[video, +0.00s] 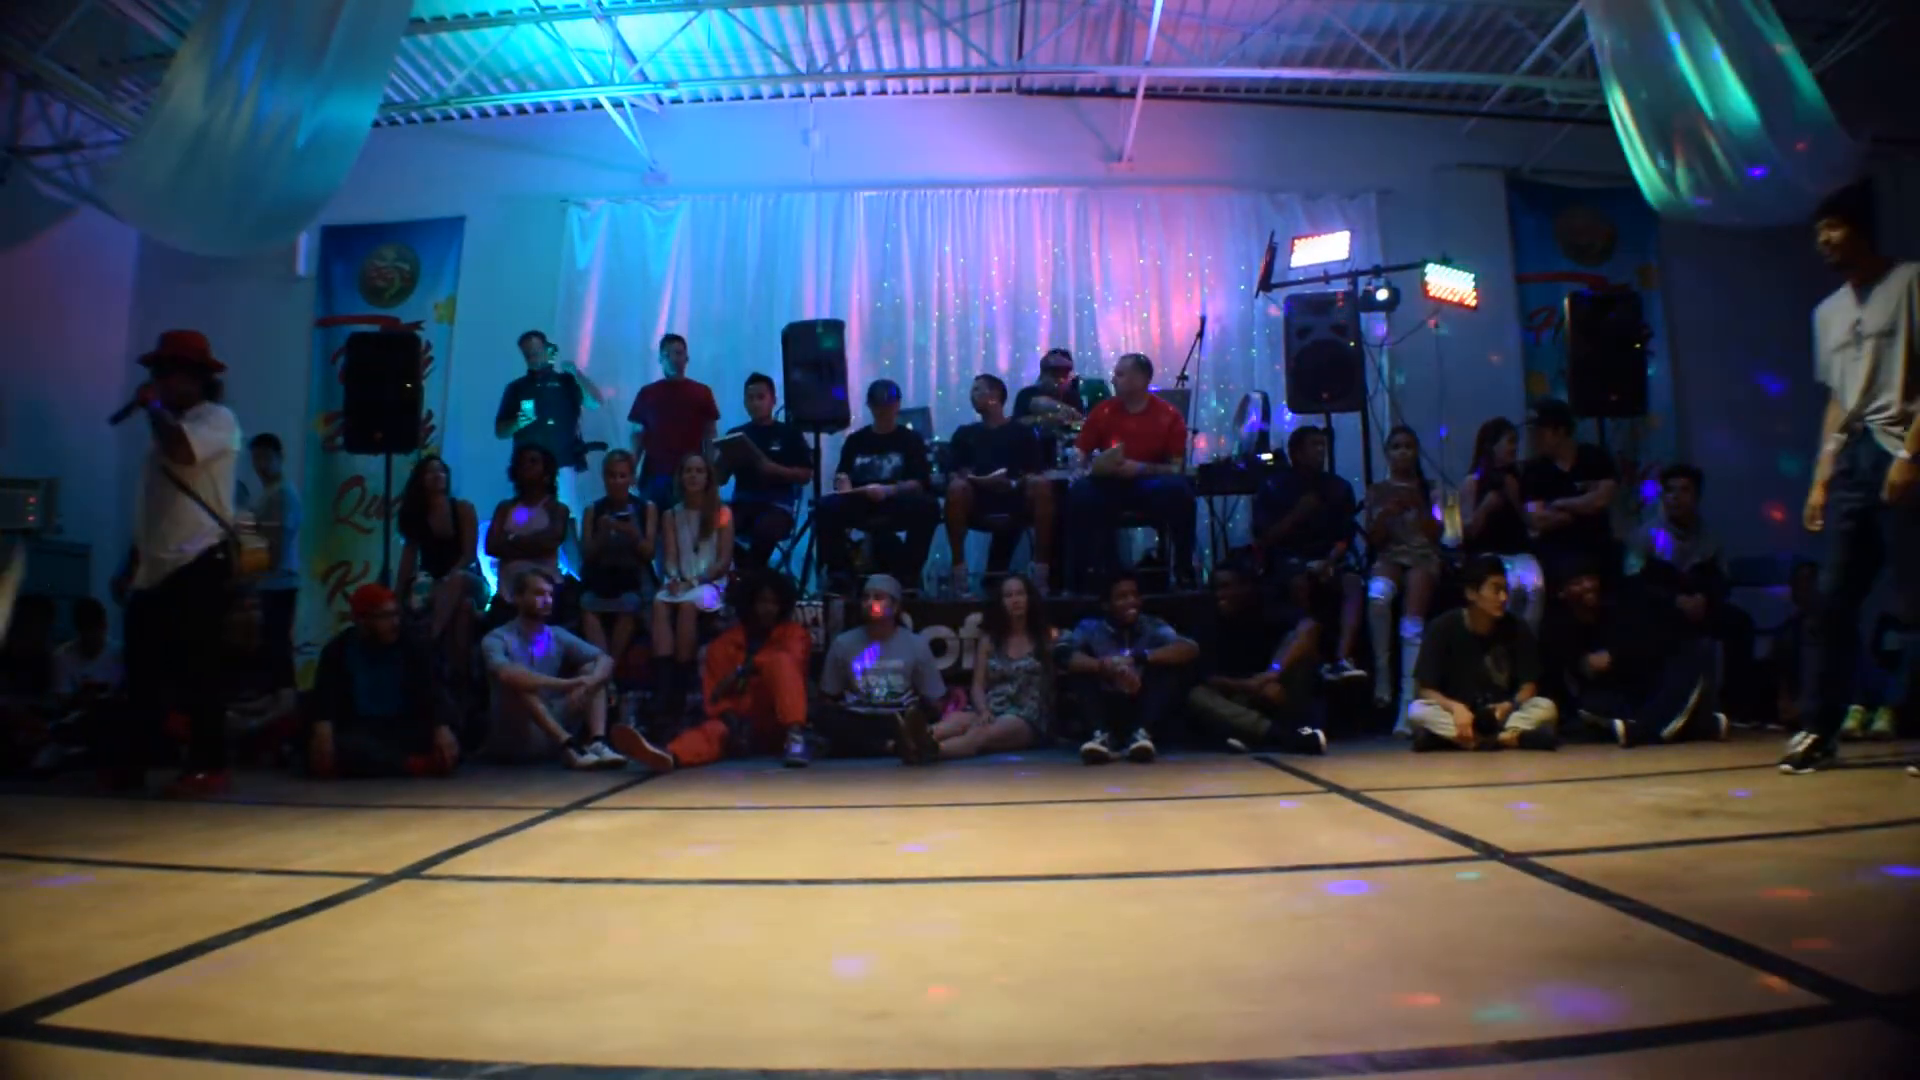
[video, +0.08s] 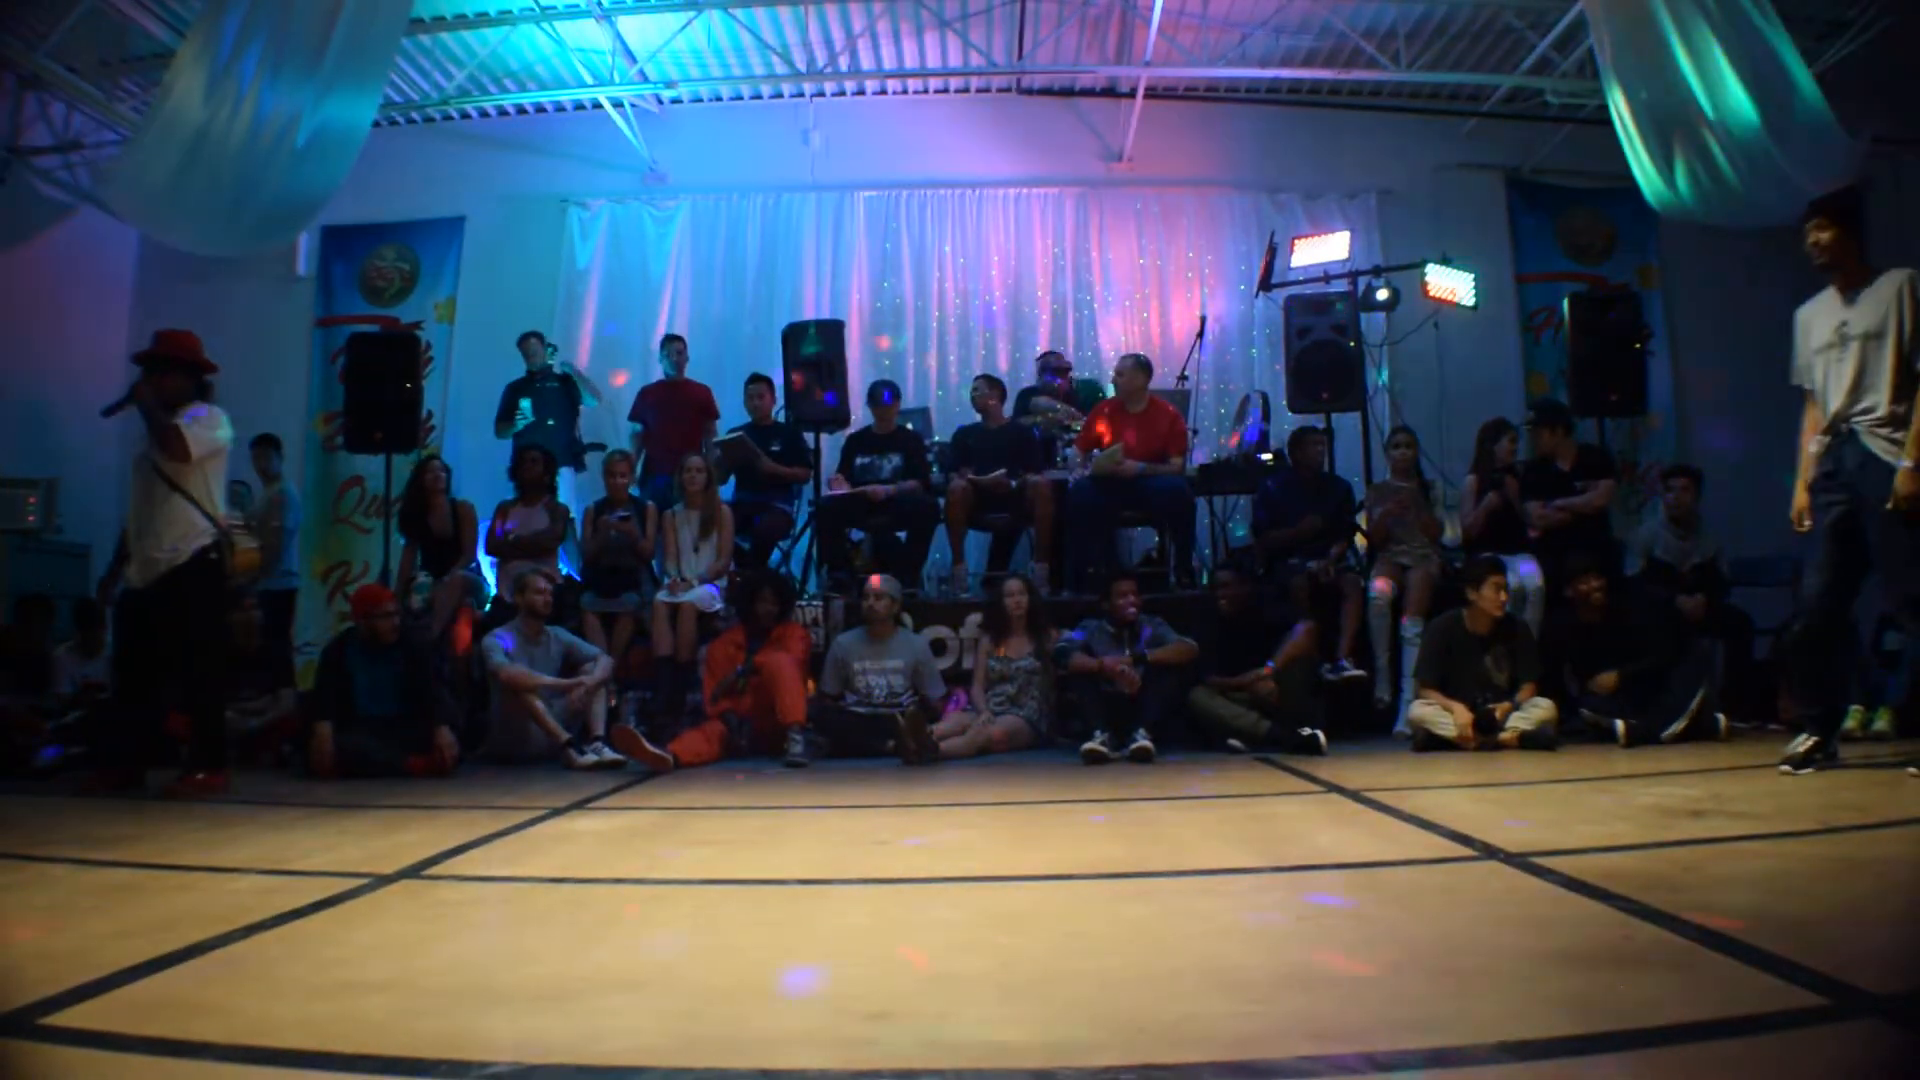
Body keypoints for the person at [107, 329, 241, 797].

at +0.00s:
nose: (160, 385)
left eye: (169, 376)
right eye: (159, 377)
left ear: (194, 378)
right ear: (165, 381)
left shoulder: (217, 418)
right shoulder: (165, 427)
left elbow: (185, 453)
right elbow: (157, 510)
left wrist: (156, 410)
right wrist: (132, 566)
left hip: (200, 566)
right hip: (158, 571)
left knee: (198, 672)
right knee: (144, 674)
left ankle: (208, 766)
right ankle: (133, 765)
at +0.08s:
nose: (148, 385)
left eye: (157, 376)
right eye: (148, 377)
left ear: (185, 378)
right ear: (160, 381)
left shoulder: (211, 419)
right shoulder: (154, 435)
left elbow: (177, 449)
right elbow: (142, 516)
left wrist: (148, 406)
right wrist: (114, 573)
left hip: (195, 569)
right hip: (149, 576)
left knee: (198, 674)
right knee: (135, 677)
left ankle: (208, 766)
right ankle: (126, 768)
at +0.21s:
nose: (136, 384)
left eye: (146, 374)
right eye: (136, 375)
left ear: (174, 378)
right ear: (143, 382)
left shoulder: (198, 418)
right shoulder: (136, 428)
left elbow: (168, 443)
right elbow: (126, 506)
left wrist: (137, 405)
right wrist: (103, 563)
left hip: (180, 567)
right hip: (131, 573)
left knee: (190, 671)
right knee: (125, 675)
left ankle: (206, 765)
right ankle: (122, 767)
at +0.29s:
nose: (128, 383)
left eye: (137, 374)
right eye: (126, 375)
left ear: (163, 377)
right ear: (130, 382)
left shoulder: (189, 418)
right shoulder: (127, 429)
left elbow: (167, 444)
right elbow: (115, 501)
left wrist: (129, 404)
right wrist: (97, 554)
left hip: (170, 572)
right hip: (124, 577)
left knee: (179, 675)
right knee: (119, 679)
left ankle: (204, 764)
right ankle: (118, 768)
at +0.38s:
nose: (116, 382)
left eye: (125, 374)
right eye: (113, 374)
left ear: (152, 378)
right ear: (117, 384)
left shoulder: (182, 418)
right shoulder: (114, 436)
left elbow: (163, 444)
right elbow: (100, 506)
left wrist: (125, 404)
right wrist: (86, 563)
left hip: (162, 571)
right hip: (113, 577)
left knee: (168, 673)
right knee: (114, 679)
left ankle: (200, 764)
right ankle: (117, 769)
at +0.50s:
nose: (107, 386)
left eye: (115, 377)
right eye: (106, 378)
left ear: (142, 379)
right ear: (107, 385)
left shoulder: (172, 417)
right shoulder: (99, 440)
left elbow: (163, 443)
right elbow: (83, 507)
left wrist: (117, 405)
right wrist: (72, 561)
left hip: (154, 570)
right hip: (103, 576)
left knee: (158, 672)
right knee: (110, 678)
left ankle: (183, 762)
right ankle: (115, 766)